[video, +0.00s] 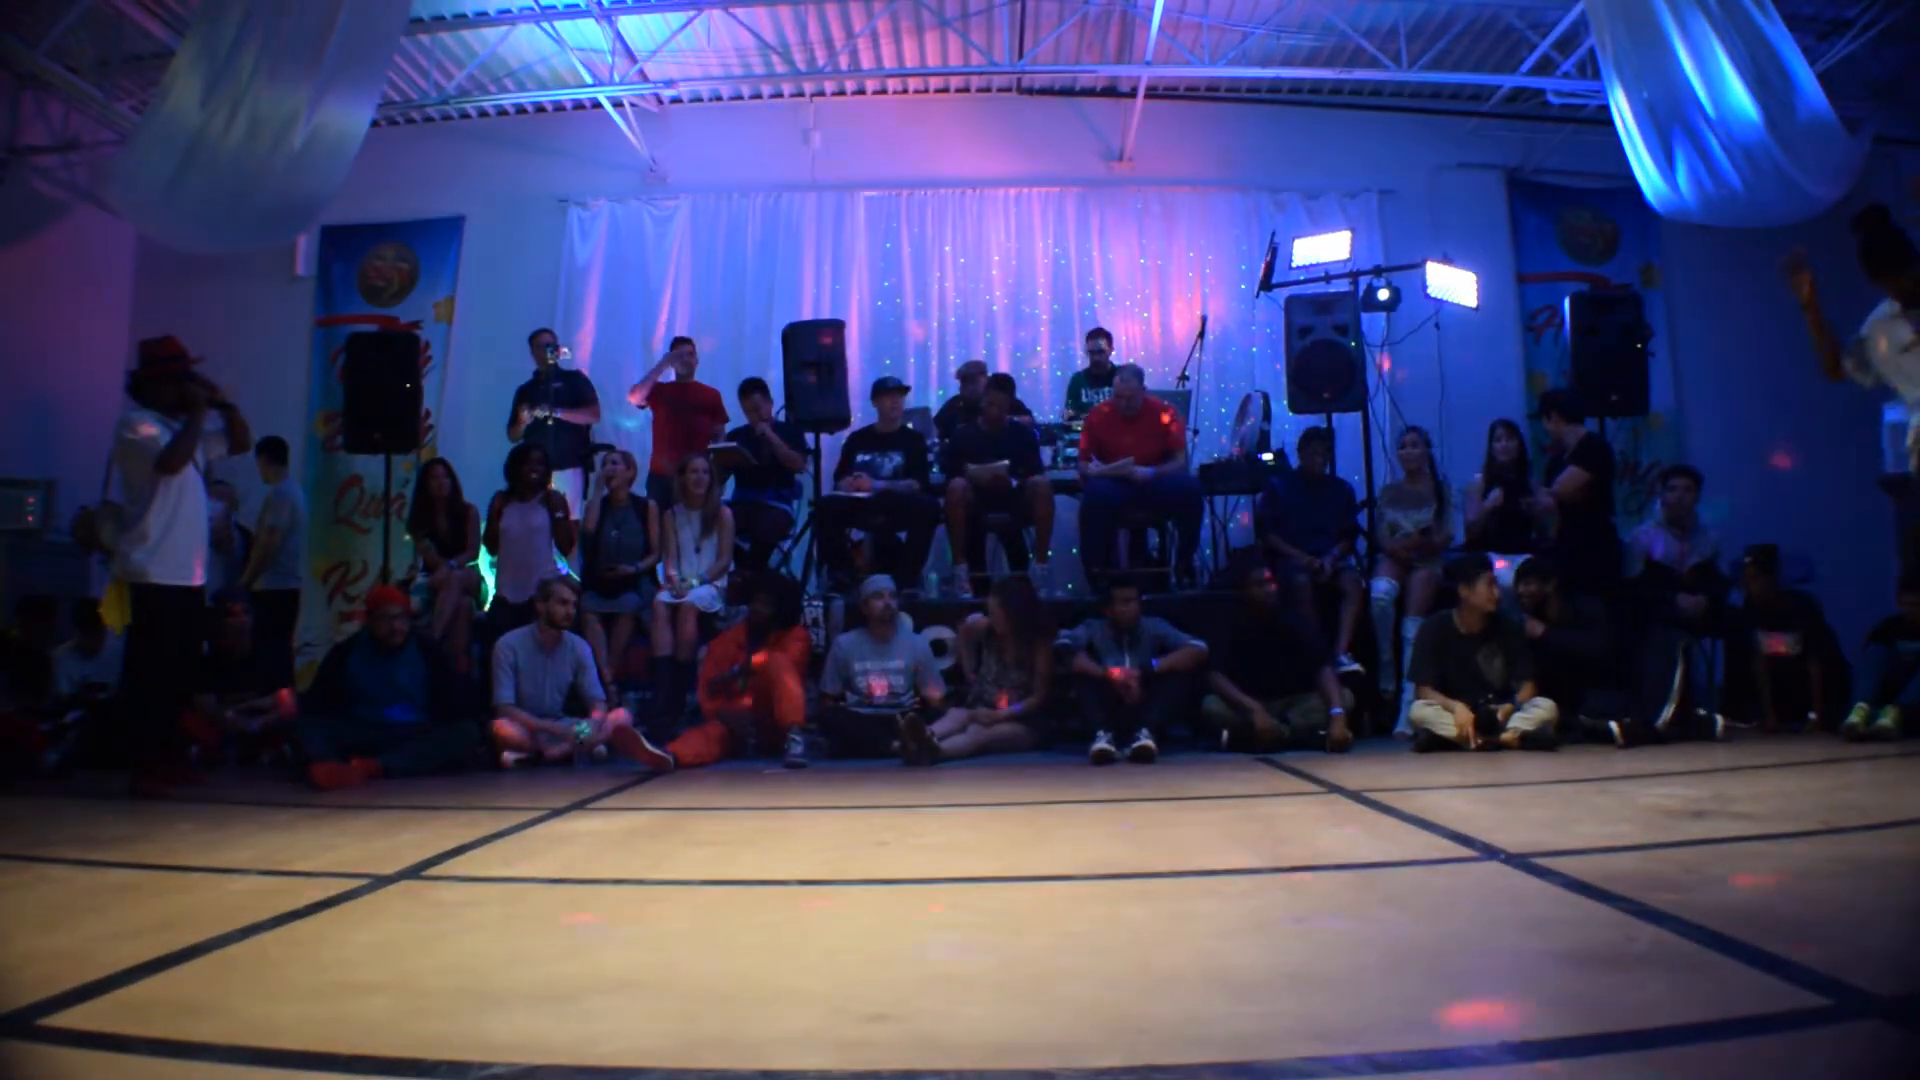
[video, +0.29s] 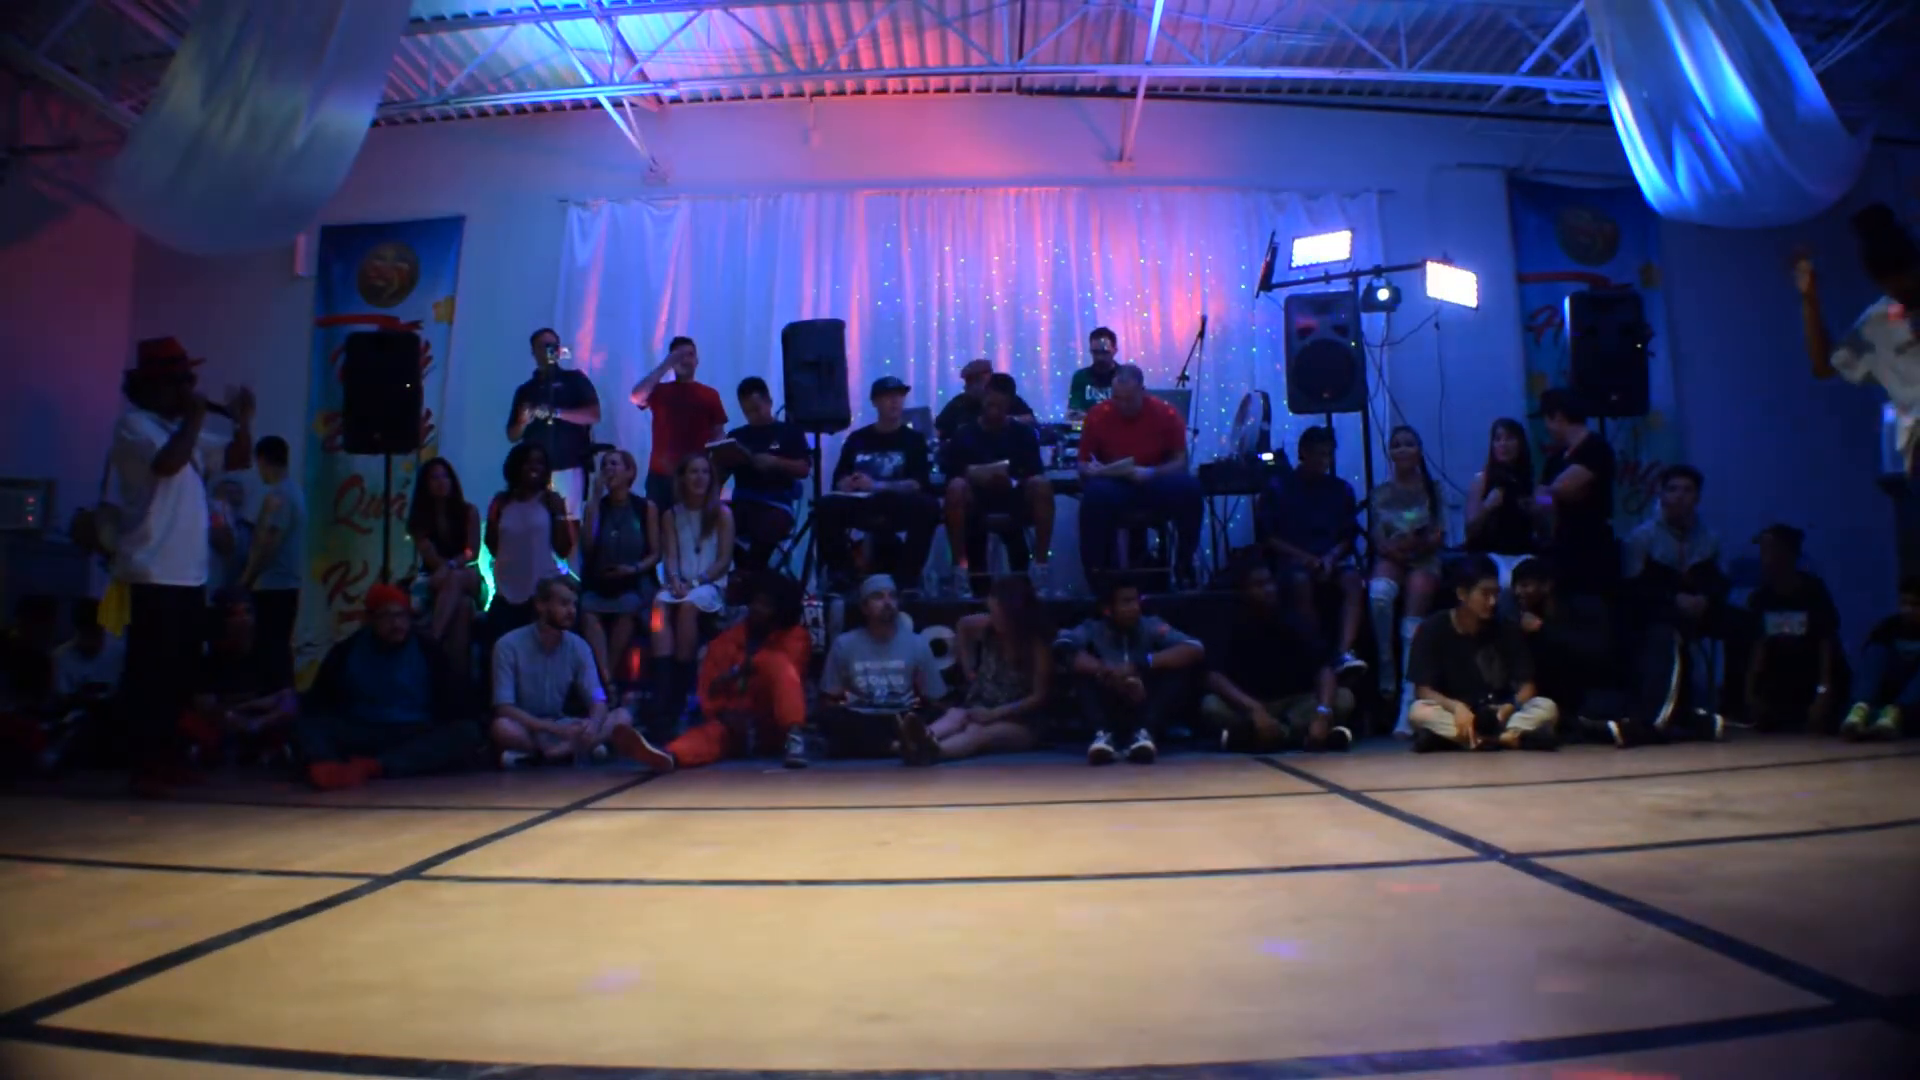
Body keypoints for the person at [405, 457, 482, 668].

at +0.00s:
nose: (440, 483)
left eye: (444, 477)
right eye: (434, 479)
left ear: (452, 481)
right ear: (425, 484)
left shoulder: (468, 512)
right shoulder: (420, 515)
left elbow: (473, 551)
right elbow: (426, 552)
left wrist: (451, 563)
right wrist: (448, 568)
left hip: (467, 571)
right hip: (435, 575)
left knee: (453, 578)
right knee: (464, 603)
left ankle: (434, 636)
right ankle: (458, 664)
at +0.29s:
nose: (440, 483)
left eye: (444, 477)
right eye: (434, 478)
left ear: (452, 481)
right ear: (425, 484)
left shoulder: (468, 511)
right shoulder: (420, 514)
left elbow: (472, 550)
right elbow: (425, 549)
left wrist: (452, 564)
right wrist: (445, 567)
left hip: (467, 572)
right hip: (436, 575)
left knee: (453, 577)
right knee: (461, 603)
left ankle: (434, 636)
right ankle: (458, 671)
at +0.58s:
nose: (439, 483)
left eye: (444, 477)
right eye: (433, 479)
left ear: (451, 481)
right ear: (425, 484)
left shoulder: (468, 511)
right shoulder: (421, 513)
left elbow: (472, 551)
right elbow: (425, 550)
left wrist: (450, 565)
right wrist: (446, 568)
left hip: (467, 571)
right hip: (435, 574)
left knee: (453, 578)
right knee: (462, 602)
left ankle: (434, 636)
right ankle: (457, 668)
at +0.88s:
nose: (439, 483)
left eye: (443, 477)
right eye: (433, 478)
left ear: (452, 481)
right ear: (425, 484)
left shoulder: (469, 512)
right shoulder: (421, 514)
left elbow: (473, 552)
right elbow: (427, 552)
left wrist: (450, 565)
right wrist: (448, 568)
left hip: (468, 572)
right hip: (435, 575)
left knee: (454, 578)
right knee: (463, 602)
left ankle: (434, 635)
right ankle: (457, 667)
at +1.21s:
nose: (437, 482)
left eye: (442, 477)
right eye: (431, 478)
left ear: (450, 480)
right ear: (423, 484)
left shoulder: (468, 511)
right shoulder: (418, 514)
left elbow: (472, 551)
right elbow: (426, 551)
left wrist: (449, 565)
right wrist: (448, 568)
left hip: (466, 571)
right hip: (433, 575)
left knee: (454, 578)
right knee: (462, 602)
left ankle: (433, 637)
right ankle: (456, 667)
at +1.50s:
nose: (439, 482)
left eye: (444, 476)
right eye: (433, 478)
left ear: (452, 480)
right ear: (425, 484)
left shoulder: (470, 511)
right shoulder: (421, 514)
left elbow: (474, 551)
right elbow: (430, 555)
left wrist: (450, 565)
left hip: (468, 571)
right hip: (436, 574)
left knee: (454, 579)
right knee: (464, 602)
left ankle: (435, 638)